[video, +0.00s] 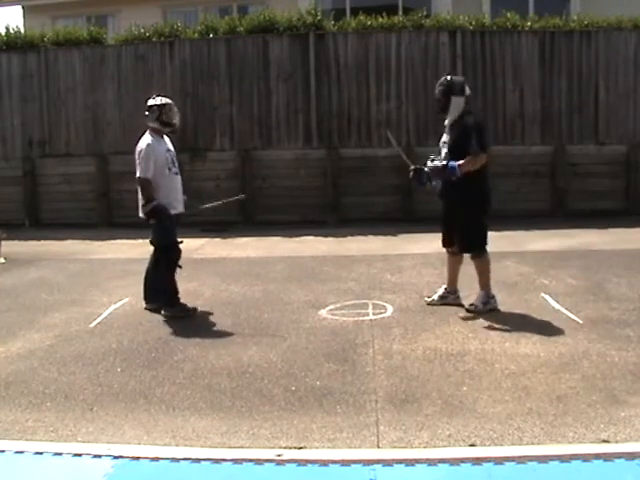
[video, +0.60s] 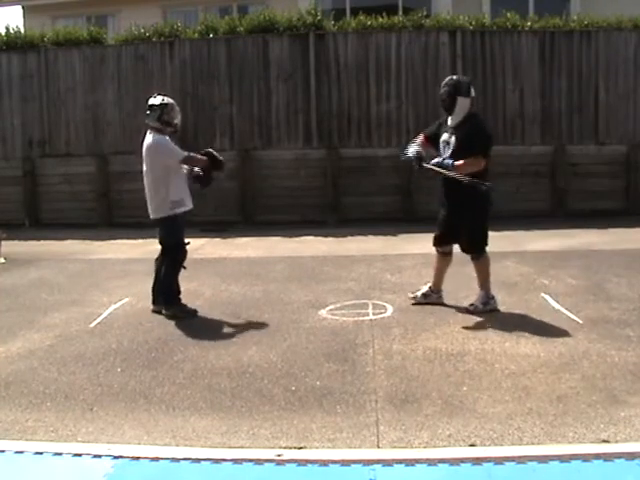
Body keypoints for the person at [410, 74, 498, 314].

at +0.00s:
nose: (439, 103)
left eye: (443, 97)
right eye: (440, 97)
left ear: (456, 98)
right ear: (450, 99)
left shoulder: (472, 124)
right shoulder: (450, 125)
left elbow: (480, 157)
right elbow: (447, 157)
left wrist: (451, 169)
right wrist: (427, 171)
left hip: (472, 197)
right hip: (453, 196)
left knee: (476, 246)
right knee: (452, 244)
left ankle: (486, 294)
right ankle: (450, 290)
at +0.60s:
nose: (443, 101)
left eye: (449, 96)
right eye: (443, 96)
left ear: (463, 99)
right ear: (445, 99)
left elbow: (480, 162)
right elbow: (424, 139)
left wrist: (452, 165)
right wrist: (416, 148)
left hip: (473, 198)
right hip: (453, 196)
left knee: (476, 248)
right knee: (443, 242)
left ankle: (486, 296)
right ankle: (435, 289)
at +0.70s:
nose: (441, 103)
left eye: (447, 98)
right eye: (442, 98)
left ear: (459, 100)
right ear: (450, 100)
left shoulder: (470, 126)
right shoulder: (443, 122)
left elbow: (472, 164)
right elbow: (421, 129)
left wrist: (444, 169)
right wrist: (410, 136)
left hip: (465, 196)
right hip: (447, 194)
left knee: (470, 247)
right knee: (439, 243)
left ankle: (485, 295)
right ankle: (433, 289)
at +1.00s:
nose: (422, 100)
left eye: (426, 97)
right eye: (424, 97)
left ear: (437, 101)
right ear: (443, 101)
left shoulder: (443, 127)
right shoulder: (446, 120)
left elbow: (438, 164)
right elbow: (426, 98)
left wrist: (414, 165)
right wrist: (403, 102)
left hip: (441, 193)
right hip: (435, 191)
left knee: (439, 243)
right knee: (432, 242)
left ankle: (474, 286)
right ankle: (432, 289)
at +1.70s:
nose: (427, 101)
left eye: (431, 96)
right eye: (427, 96)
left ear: (443, 100)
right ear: (441, 100)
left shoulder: (455, 125)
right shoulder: (437, 123)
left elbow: (454, 164)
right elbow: (411, 122)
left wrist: (424, 159)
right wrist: (388, 110)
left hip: (451, 198)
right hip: (438, 196)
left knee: (459, 247)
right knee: (432, 243)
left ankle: (483, 293)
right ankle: (431, 290)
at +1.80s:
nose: (433, 103)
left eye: (438, 98)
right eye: (433, 98)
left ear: (451, 100)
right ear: (444, 100)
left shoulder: (465, 125)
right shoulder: (442, 125)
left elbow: (459, 160)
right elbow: (419, 148)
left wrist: (432, 148)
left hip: (465, 199)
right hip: (447, 198)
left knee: (474, 247)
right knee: (439, 243)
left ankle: (486, 295)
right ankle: (433, 290)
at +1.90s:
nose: (437, 101)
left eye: (441, 97)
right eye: (436, 96)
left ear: (456, 99)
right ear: (440, 100)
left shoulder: (469, 125)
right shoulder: (446, 124)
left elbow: (461, 156)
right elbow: (431, 151)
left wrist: (435, 140)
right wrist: (411, 167)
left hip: (473, 198)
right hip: (452, 197)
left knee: (479, 246)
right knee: (442, 241)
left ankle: (486, 295)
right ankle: (435, 289)